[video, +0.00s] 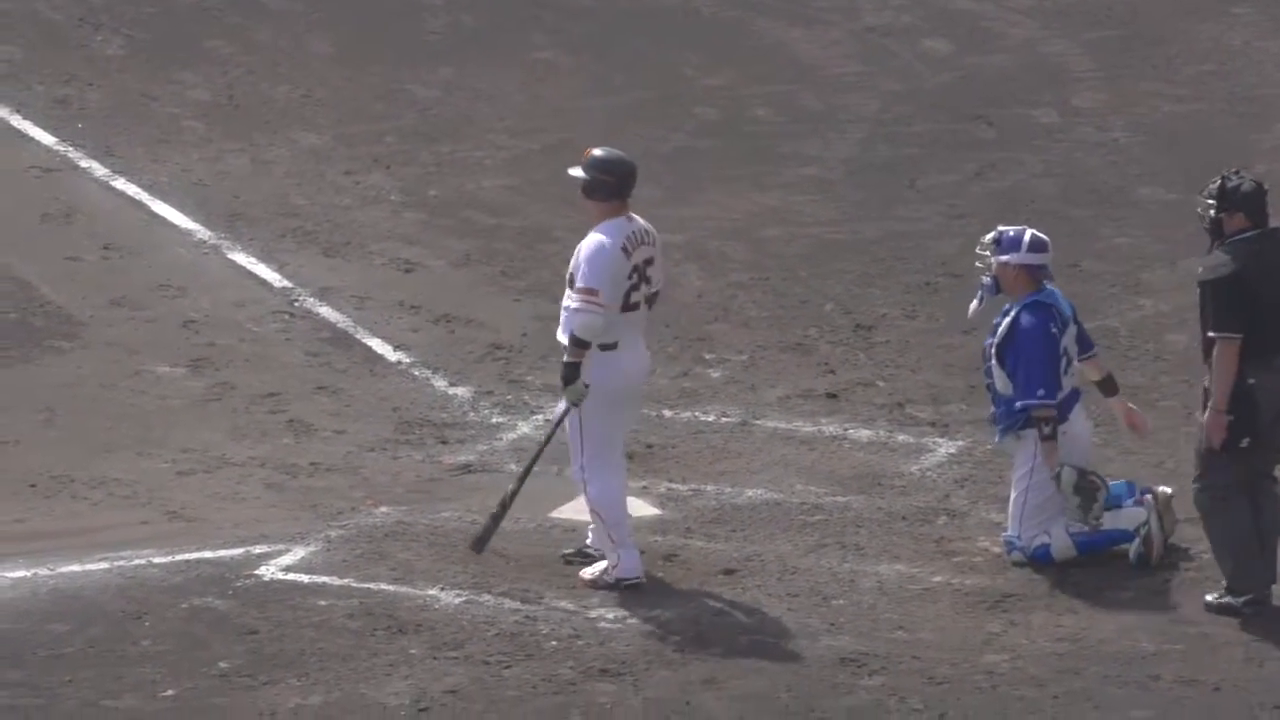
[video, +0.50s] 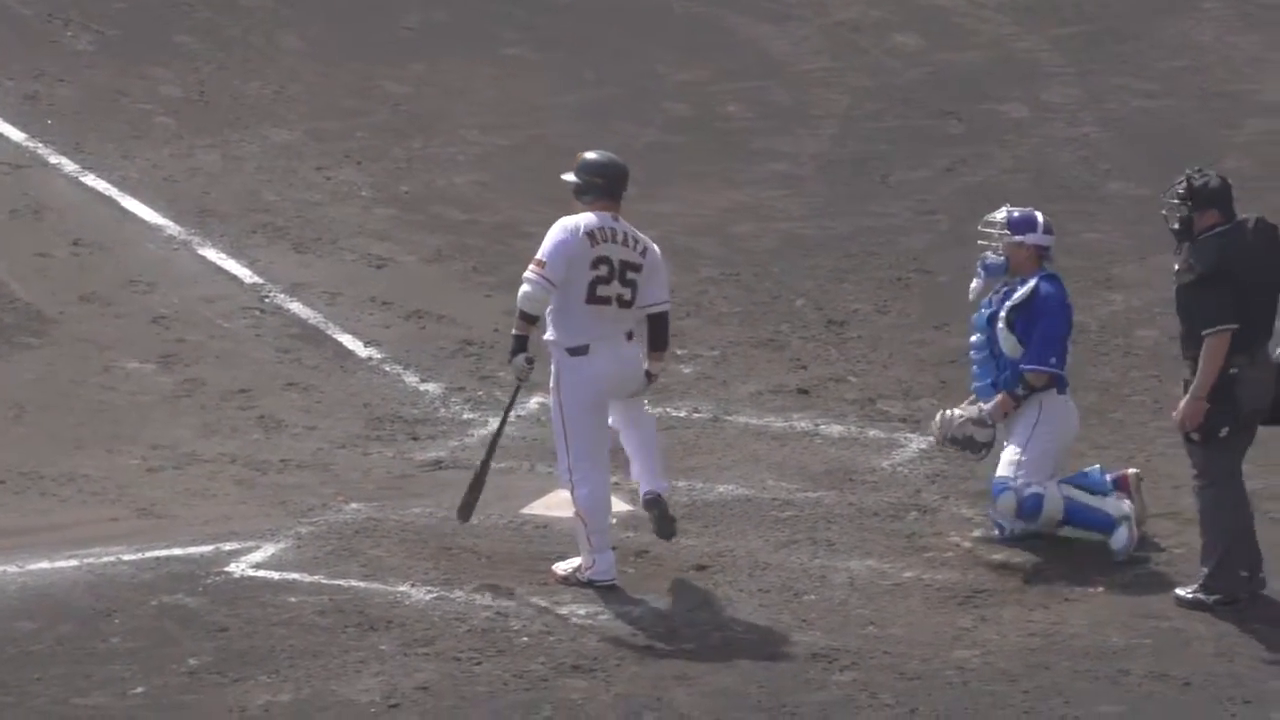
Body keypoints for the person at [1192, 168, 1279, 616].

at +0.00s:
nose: (1214, 219)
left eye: (1217, 212)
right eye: (1216, 212)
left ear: (1232, 217)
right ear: (1258, 213)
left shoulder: (1228, 263)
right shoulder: (1273, 246)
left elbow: (1229, 341)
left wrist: (1217, 408)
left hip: (1243, 390)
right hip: (1271, 385)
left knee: (1216, 484)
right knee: (1259, 478)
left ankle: (1245, 586)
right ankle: (1260, 576)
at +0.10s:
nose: (1207, 219)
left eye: (1211, 211)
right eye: (1208, 211)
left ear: (1229, 216)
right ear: (1253, 213)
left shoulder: (1223, 260)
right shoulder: (1272, 244)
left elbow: (1223, 340)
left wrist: (1209, 405)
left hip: (1244, 384)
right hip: (1269, 381)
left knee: (1225, 484)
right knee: (1259, 477)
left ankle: (1244, 585)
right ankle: (1260, 572)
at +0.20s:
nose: (1194, 217)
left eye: (1200, 210)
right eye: (1196, 209)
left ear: (1219, 215)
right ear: (1242, 211)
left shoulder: (1212, 260)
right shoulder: (1272, 240)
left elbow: (1213, 339)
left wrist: (1199, 403)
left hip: (1239, 383)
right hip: (1271, 378)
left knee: (1224, 481)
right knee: (1248, 475)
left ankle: (1236, 584)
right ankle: (1248, 573)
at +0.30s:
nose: (1185, 218)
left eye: (1190, 211)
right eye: (1186, 210)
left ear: (1209, 215)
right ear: (1233, 211)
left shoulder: (1207, 263)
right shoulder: (1268, 241)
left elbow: (1213, 339)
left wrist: (1198, 402)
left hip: (1240, 382)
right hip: (1272, 376)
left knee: (1222, 476)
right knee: (1233, 471)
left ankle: (1231, 583)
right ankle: (1236, 574)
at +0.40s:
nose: (1178, 218)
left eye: (1184, 210)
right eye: (1179, 209)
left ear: (1203, 214)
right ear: (1225, 210)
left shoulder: (1204, 261)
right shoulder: (1264, 238)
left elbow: (1216, 338)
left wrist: (1197, 400)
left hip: (1231, 384)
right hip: (1263, 377)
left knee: (1220, 481)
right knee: (1227, 476)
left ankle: (1227, 582)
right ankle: (1232, 576)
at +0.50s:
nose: (1177, 216)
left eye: (1182, 208)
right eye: (1178, 208)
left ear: (1203, 213)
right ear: (1222, 209)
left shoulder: (1207, 258)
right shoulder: (1256, 239)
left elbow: (1218, 334)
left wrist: (1196, 396)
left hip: (1222, 382)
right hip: (1251, 376)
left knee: (1213, 483)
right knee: (1225, 477)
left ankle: (1221, 580)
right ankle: (1244, 572)